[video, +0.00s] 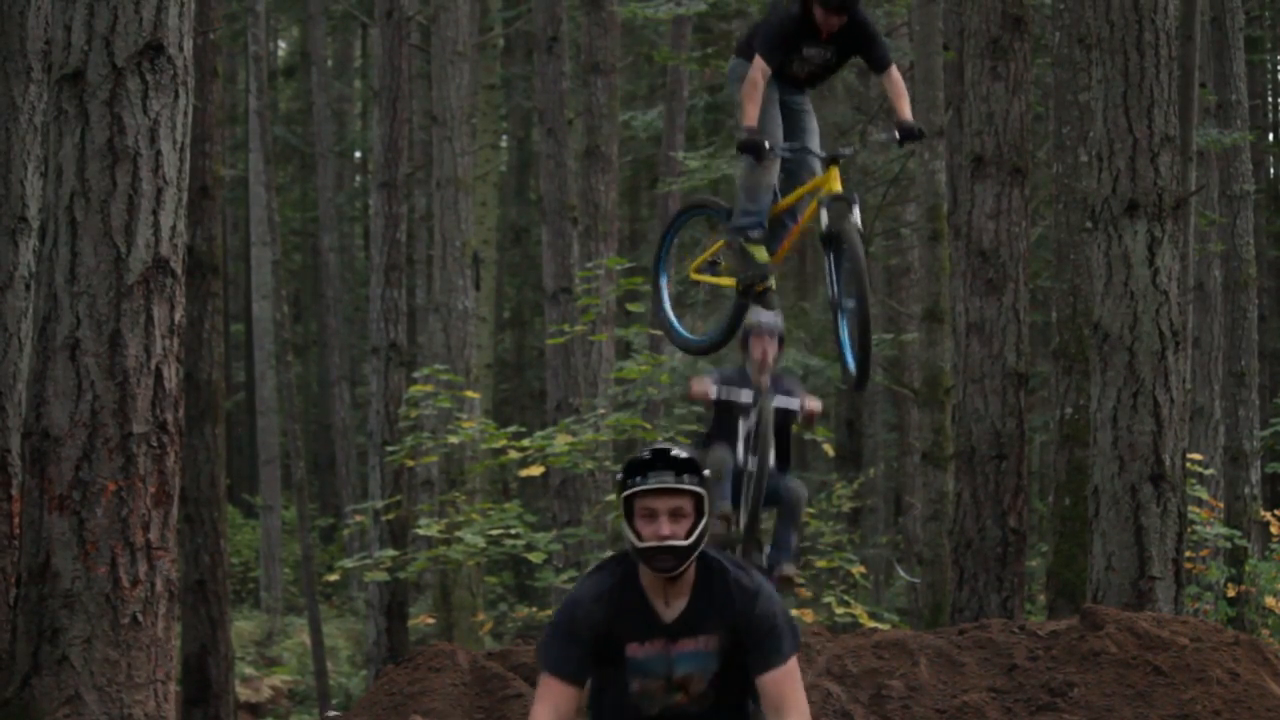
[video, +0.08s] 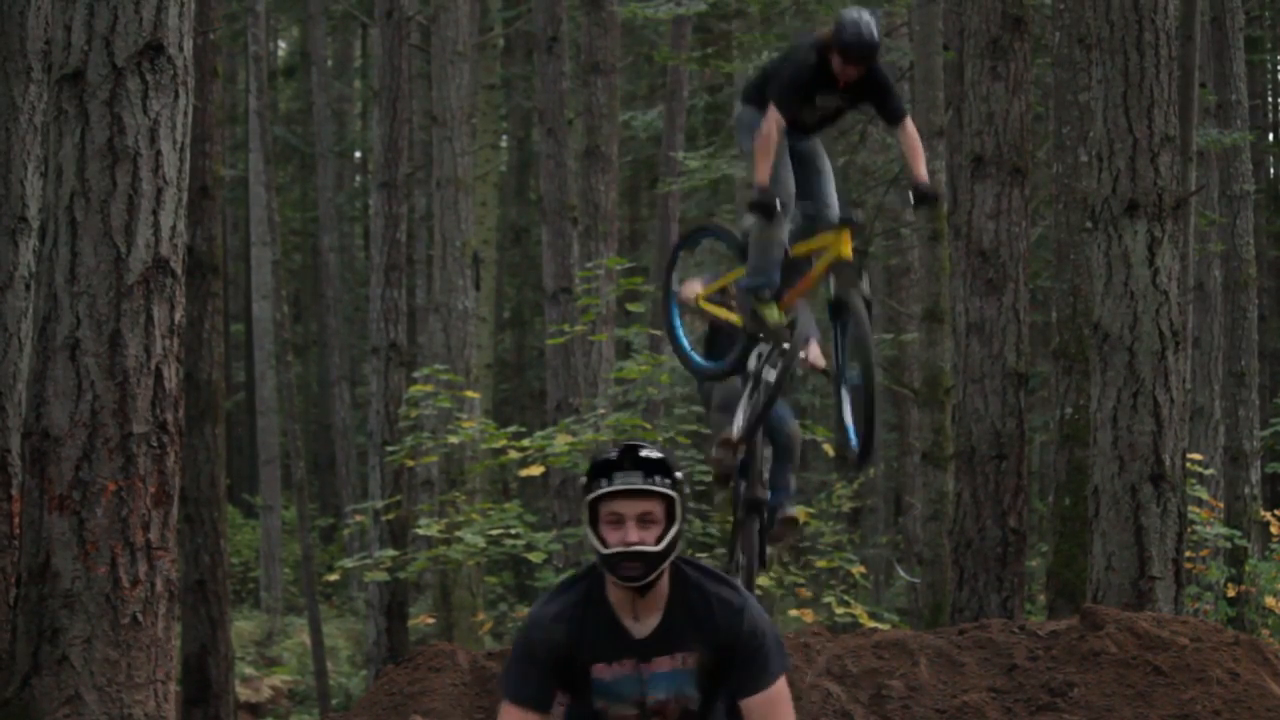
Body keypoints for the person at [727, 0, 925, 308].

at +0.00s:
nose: (832, 21)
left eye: (840, 16)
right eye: (826, 13)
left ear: (849, 12)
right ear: (812, 6)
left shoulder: (857, 25)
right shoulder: (787, 18)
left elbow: (889, 71)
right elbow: (757, 73)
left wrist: (905, 119)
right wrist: (749, 131)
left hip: (795, 90)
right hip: (756, 75)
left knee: (807, 171)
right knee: (767, 148)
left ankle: (771, 245)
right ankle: (748, 233)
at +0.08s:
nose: (850, 71)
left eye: (859, 66)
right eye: (845, 62)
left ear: (870, 62)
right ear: (832, 51)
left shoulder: (871, 76)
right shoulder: (805, 62)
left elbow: (904, 124)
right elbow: (772, 123)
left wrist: (921, 182)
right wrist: (761, 187)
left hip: (801, 134)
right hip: (759, 120)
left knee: (825, 216)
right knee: (778, 200)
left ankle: (789, 285)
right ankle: (759, 292)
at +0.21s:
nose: (866, 158)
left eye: (875, 152)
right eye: (862, 147)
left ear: (888, 149)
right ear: (852, 135)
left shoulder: (888, 158)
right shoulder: (821, 144)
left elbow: (920, 215)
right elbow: (788, 209)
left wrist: (940, 278)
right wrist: (778, 279)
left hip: (810, 200)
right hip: (765, 188)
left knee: (837, 289)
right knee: (786, 280)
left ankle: (797, 353)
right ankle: (770, 374)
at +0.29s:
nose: (882, 288)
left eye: (892, 281)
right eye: (880, 277)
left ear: (906, 270)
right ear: (868, 258)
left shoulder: (901, 271)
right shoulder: (836, 254)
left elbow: (929, 334)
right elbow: (805, 329)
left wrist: (954, 401)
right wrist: (803, 401)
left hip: (823, 295)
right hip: (779, 286)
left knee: (841, 389)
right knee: (789, 382)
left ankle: (820, 461)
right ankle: (795, 483)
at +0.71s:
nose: (988, 640)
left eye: (995, 632)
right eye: (991, 631)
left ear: (968, 581)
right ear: (979, 624)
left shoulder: (931, 573)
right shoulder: (935, 651)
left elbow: (881, 554)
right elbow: (924, 713)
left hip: (804, 563)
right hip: (795, 620)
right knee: (823, 670)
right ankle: (761, 628)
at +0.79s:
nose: (994, 662)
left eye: (999, 667)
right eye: (1001, 664)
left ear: (994, 674)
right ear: (1006, 712)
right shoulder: (958, 714)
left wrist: (926, 616)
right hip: (814, 709)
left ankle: (825, 539)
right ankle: (767, 642)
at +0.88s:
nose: (1003, 709)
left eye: (1010, 713)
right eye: (1009, 708)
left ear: (1006, 715)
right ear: (1004, 704)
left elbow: (869, 715)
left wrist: (902, 678)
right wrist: (908, 678)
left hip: (839, 711)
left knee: (894, 631)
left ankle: (825, 580)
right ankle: (793, 690)